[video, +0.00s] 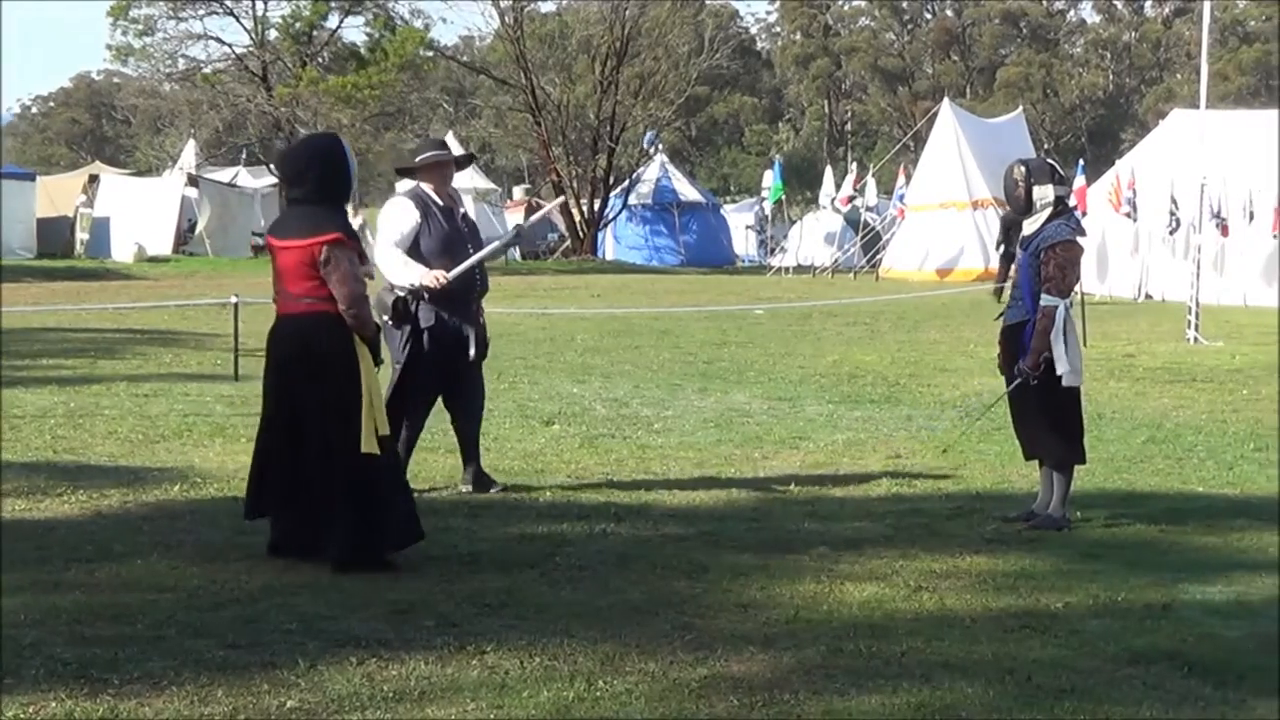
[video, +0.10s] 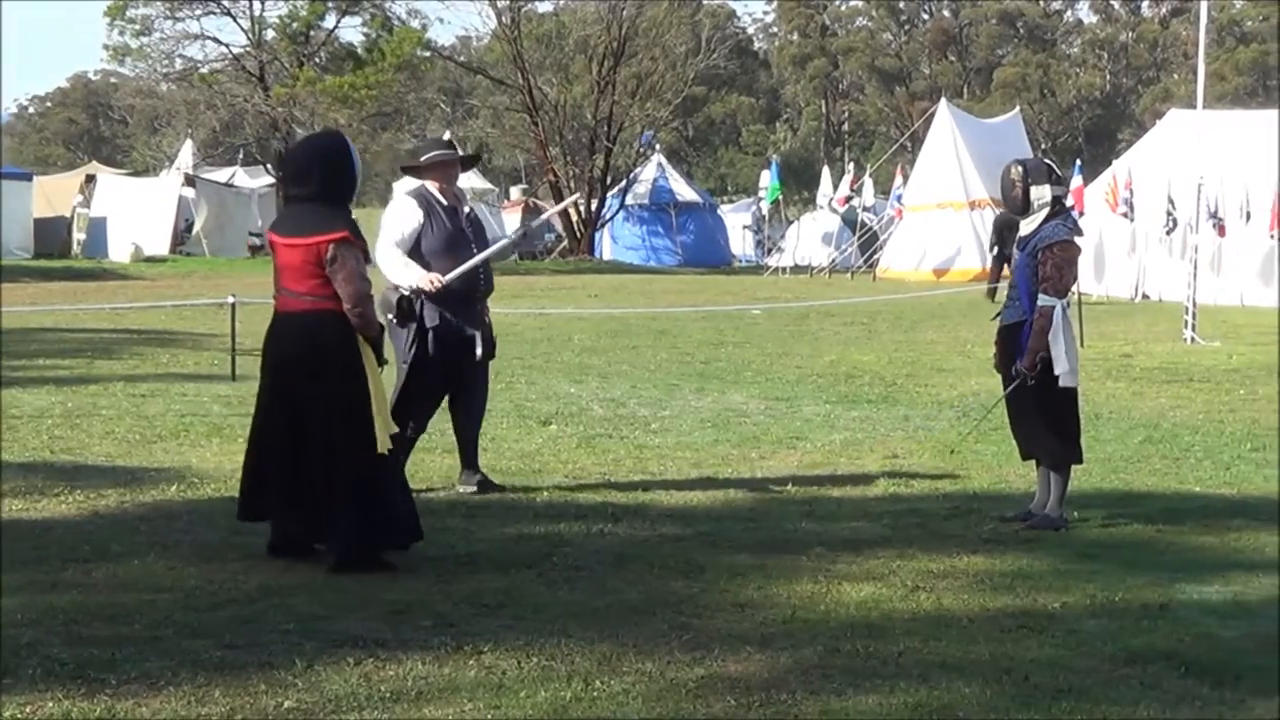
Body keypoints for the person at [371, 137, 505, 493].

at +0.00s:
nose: (447, 171)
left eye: (449, 164)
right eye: (440, 165)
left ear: (453, 167)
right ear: (423, 169)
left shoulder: (458, 205)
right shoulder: (403, 206)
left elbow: (473, 257)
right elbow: (385, 252)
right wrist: (422, 274)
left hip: (463, 316)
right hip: (424, 316)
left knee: (469, 399)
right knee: (412, 403)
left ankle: (473, 470)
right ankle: (392, 478)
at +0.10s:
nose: (451, 170)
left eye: (453, 163)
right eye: (443, 164)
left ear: (459, 166)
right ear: (426, 169)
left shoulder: (467, 206)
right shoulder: (408, 205)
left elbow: (497, 249)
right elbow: (386, 252)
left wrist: (520, 225)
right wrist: (418, 275)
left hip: (472, 314)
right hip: (430, 314)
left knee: (471, 399)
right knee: (419, 401)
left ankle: (470, 472)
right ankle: (390, 472)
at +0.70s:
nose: (457, 177)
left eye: (463, 169)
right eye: (450, 170)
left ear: (474, 170)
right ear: (436, 174)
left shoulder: (489, 205)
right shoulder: (420, 209)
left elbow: (507, 245)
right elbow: (386, 251)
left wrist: (519, 257)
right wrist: (369, 290)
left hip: (486, 313)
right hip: (442, 315)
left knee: (487, 392)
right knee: (461, 397)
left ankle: (456, 446)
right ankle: (463, 481)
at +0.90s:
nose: (457, 175)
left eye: (464, 167)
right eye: (450, 170)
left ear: (477, 168)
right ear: (440, 173)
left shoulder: (493, 203)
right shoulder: (425, 208)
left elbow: (511, 239)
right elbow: (391, 251)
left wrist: (529, 255)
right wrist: (380, 288)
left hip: (493, 315)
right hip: (449, 316)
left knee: (496, 393)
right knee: (465, 398)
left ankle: (471, 462)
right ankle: (467, 481)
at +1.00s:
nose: (469, 179)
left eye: (474, 171)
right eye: (459, 174)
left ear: (484, 170)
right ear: (446, 178)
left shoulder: (496, 203)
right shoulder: (431, 209)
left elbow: (513, 240)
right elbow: (396, 251)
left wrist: (537, 258)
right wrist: (391, 284)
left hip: (499, 316)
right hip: (455, 319)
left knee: (509, 396)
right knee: (466, 402)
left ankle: (487, 461)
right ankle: (469, 481)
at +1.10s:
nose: (473, 178)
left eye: (478, 171)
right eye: (464, 173)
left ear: (488, 170)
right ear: (451, 178)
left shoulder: (500, 204)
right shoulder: (434, 209)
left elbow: (516, 243)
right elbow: (399, 251)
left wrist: (542, 260)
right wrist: (397, 282)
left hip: (503, 317)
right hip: (458, 321)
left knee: (514, 395)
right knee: (467, 403)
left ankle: (503, 461)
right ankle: (472, 482)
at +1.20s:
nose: (483, 180)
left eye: (486, 172)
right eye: (473, 176)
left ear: (492, 170)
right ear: (456, 179)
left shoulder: (505, 206)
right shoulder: (437, 210)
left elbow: (523, 247)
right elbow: (400, 252)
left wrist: (548, 261)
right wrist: (405, 281)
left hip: (506, 319)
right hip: (460, 322)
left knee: (519, 400)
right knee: (468, 405)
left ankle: (526, 476)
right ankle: (473, 484)